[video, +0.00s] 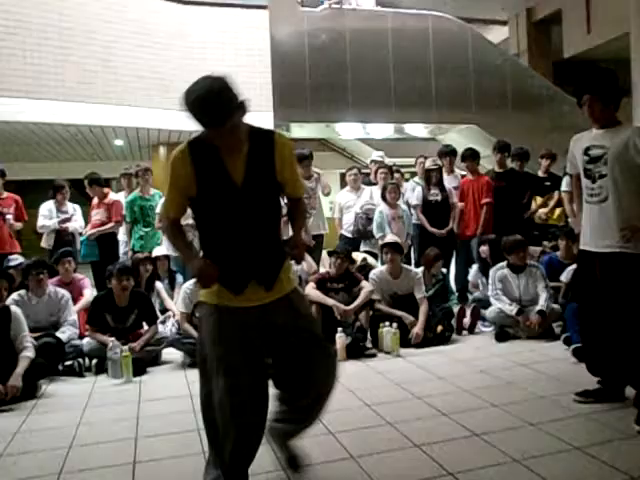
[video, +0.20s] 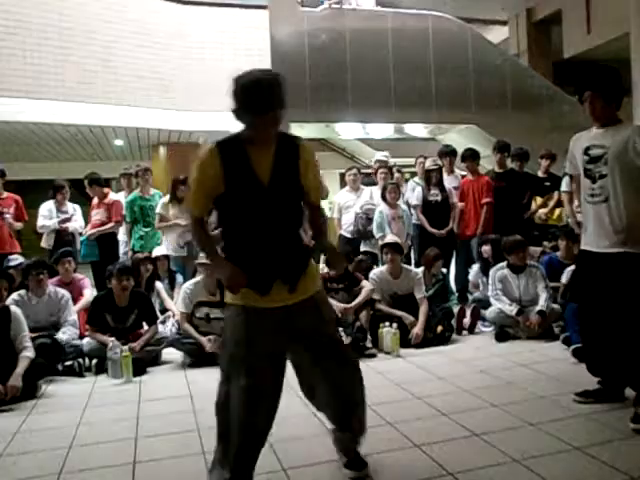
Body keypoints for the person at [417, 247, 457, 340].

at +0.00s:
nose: (440, 267)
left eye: (440, 264)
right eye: (437, 265)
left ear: (441, 264)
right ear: (430, 265)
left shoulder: (443, 276)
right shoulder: (417, 275)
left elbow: (451, 294)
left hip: (440, 309)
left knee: (447, 310)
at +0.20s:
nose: (439, 268)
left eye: (440, 265)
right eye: (437, 265)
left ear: (441, 264)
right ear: (430, 265)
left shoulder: (443, 276)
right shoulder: (418, 275)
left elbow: (451, 294)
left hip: (440, 309)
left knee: (447, 311)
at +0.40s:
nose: (439, 268)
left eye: (440, 265)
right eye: (436, 265)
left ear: (441, 264)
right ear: (429, 264)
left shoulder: (442, 275)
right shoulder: (417, 275)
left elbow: (450, 293)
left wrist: (451, 305)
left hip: (439, 308)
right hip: (423, 309)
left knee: (447, 310)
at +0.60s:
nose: (437, 266)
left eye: (439, 263)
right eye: (435, 264)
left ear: (440, 263)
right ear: (427, 264)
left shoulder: (442, 274)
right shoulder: (416, 275)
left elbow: (449, 292)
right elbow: (417, 295)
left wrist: (451, 304)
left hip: (439, 305)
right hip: (423, 306)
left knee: (446, 310)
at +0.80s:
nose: (436, 267)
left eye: (437, 264)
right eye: (433, 264)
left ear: (439, 263)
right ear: (426, 264)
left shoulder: (441, 274)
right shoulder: (416, 275)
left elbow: (447, 293)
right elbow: (416, 296)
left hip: (439, 305)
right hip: (422, 306)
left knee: (445, 311)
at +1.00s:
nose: (445, 264)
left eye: (446, 260)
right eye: (441, 261)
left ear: (447, 261)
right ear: (435, 261)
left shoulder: (451, 275)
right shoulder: (425, 275)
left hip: (448, 305)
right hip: (431, 305)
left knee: (455, 311)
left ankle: (449, 328)